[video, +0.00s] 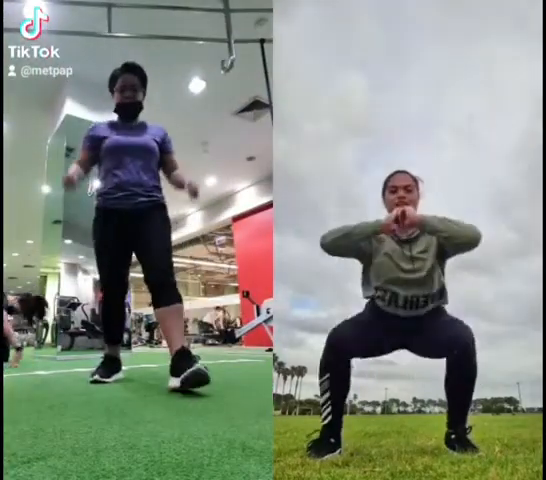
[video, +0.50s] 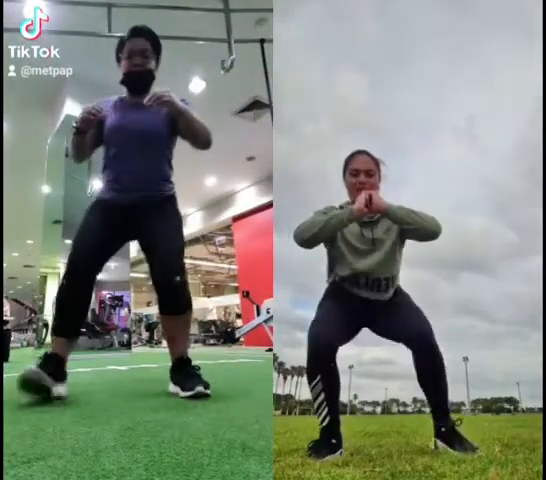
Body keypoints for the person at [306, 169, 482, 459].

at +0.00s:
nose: (400, 196)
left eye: (407, 190)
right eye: (393, 191)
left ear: (419, 196)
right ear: (384, 200)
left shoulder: (436, 239)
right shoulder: (373, 240)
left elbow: (473, 236)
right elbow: (328, 243)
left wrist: (420, 221)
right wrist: (381, 226)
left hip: (428, 324)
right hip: (380, 323)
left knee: (463, 340)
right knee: (338, 341)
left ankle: (457, 434)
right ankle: (330, 437)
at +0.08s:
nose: (394, 220)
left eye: (402, 213)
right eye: (386, 214)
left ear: (412, 219)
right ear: (376, 221)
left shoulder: (427, 261)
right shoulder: (363, 262)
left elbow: (465, 265)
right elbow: (321, 270)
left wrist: (412, 242)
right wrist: (376, 247)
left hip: (419, 346)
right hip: (371, 346)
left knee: (458, 340)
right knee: (329, 343)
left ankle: (456, 435)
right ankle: (330, 439)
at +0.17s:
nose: (389, 227)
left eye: (397, 221)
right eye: (381, 221)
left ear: (407, 228)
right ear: (370, 229)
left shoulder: (422, 269)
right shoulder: (360, 270)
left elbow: (460, 275)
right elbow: (317, 280)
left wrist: (409, 251)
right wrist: (372, 256)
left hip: (414, 354)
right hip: (366, 355)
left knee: (459, 340)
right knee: (323, 344)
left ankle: (457, 435)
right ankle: (330, 440)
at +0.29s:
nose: (377, 217)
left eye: (384, 211)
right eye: (369, 211)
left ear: (394, 216)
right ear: (358, 217)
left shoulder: (413, 256)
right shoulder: (349, 259)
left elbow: (454, 259)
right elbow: (309, 267)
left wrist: (402, 237)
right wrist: (363, 242)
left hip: (408, 344)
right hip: (361, 345)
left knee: (449, 338)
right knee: (319, 345)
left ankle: (457, 435)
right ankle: (330, 439)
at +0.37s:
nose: (371, 204)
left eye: (378, 198)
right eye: (364, 198)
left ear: (389, 203)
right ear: (354, 204)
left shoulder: (407, 243)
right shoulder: (344, 246)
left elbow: (448, 245)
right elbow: (307, 255)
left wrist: (397, 226)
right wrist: (359, 230)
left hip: (404, 329)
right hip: (357, 331)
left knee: (441, 337)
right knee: (318, 344)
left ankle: (457, 434)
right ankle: (330, 438)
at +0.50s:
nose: (362, 181)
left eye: (369, 174)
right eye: (354, 175)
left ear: (380, 180)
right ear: (344, 180)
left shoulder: (395, 219)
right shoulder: (334, 216)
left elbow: (433, 230)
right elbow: (301, 237)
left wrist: (385, 208)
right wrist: (352, 213)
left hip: (389, 303)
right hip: (343, 301)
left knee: (424, 339)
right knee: (319, 343)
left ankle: (445, 430)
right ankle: (330, 437)